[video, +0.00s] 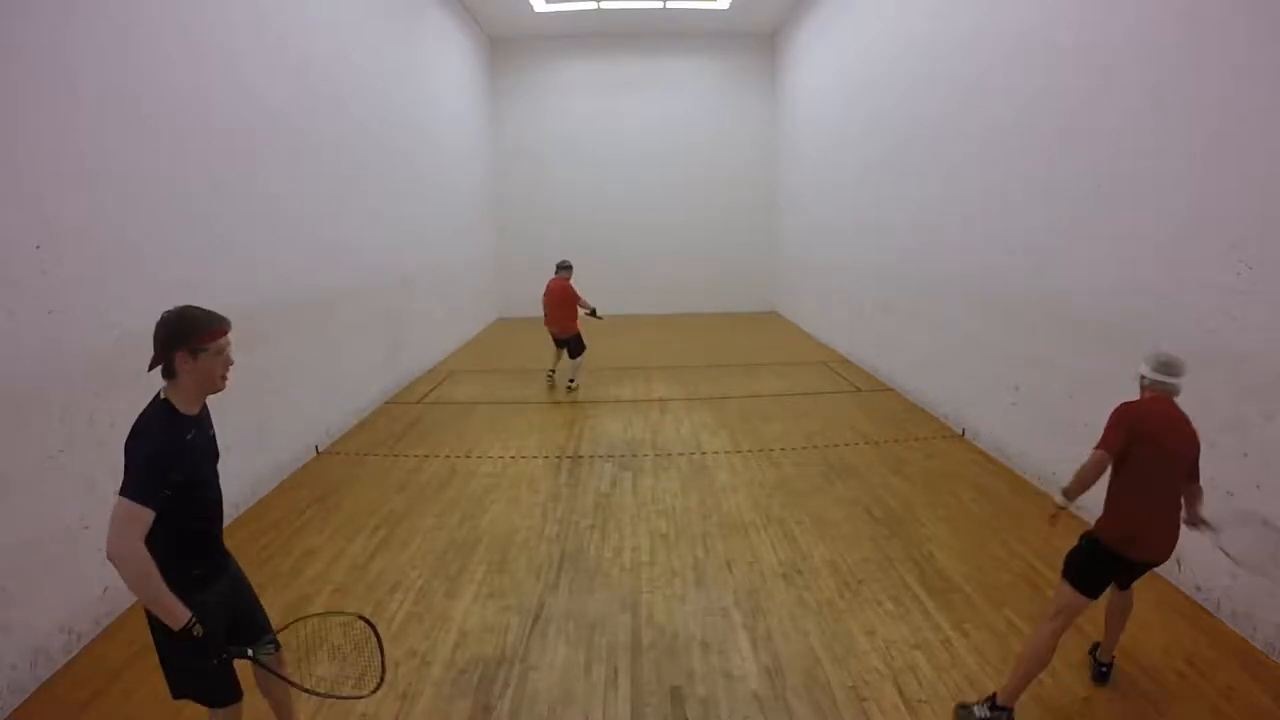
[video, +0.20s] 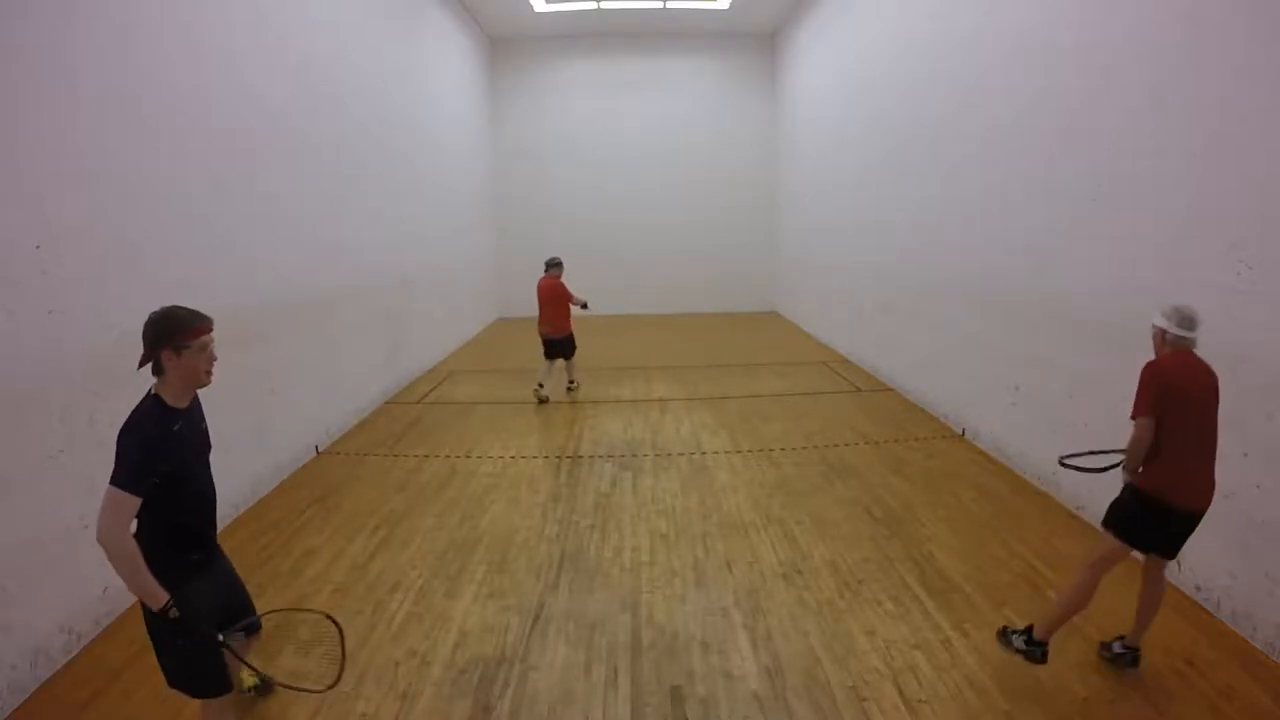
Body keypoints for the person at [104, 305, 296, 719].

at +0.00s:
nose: (231, 361)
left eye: (228, 350)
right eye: (219, 352)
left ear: (188, 362)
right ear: (184, 362)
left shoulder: (195, 407)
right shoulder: (154, 437)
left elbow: (190, 500)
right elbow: (122, 547)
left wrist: (213, 564)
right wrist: (186, 623)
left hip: (219, 567)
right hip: (182, 595)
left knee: (270, 655)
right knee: (225, 702)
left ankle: (289, 716)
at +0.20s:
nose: (214, 357)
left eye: (212, 347)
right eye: (202, 349)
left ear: (176, 359)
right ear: (169, 359)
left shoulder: (189, 402)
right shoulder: (143, 431)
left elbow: (183, 488)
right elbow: (110, 532)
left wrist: (202, 548)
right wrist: (166, 605)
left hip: (208, 554)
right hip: (172, 579)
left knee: (245, 628)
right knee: (217, 694)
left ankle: (234, 674)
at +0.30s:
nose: (214, 352)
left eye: (210, 343)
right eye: (205, 346)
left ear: (180, 357)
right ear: (178, 357)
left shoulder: (187, 403)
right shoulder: (149, 428)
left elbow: (183, 486)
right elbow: (115, 523)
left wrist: (204, 547)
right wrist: (157, 599)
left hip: (208, 553)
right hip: (178, 575)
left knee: (234, 620)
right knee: (220, 689)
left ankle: (226, 673)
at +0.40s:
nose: (211, 351)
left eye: (208, 343)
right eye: (205, 345)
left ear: (177, 357)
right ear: (186, 357)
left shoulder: (177, 405)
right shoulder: (162, 422)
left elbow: (175, 486)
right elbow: (129, 514)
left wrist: (208, 533)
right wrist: (161, 589)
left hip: (203, 550)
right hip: (190, 565)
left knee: (213, 636)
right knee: (232, 680)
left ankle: (210, 693)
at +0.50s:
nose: (208, 338)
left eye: (205, 331)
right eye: (203, 332)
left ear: (174, 343)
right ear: (187, 342)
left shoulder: (173, 389)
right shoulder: (169, 403)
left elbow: (181, 459)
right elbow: (151, 493)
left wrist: (215, 483)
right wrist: (177, 563)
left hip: (196, 530)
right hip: (197, 543)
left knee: (207, 615)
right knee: (242, 648)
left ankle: (210, 684)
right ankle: (240, 714)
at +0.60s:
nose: (209, 324)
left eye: (206, 315)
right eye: (205, 317)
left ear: (165, 330)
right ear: (192, 325)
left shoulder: (159, 378)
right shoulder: (185, 386)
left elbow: (157, 445)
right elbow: (176, 474)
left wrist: (211, 470)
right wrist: (212, 542)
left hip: (177, 519)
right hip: (202, 527)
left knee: (205, 595)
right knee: (254, 621)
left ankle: (210, 675)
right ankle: (253, 711)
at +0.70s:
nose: (217, 331)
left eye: (214, 323)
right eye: (214, 325)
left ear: (173, 337)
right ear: (204, 332)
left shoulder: (166, 385)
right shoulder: (199, 390)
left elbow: (177, 462)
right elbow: (200, 472)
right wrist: (244, 533)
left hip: (179, 519)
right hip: (206, 524)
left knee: (209, 592)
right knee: (281, 611)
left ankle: (195, 675)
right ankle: (285, 711)